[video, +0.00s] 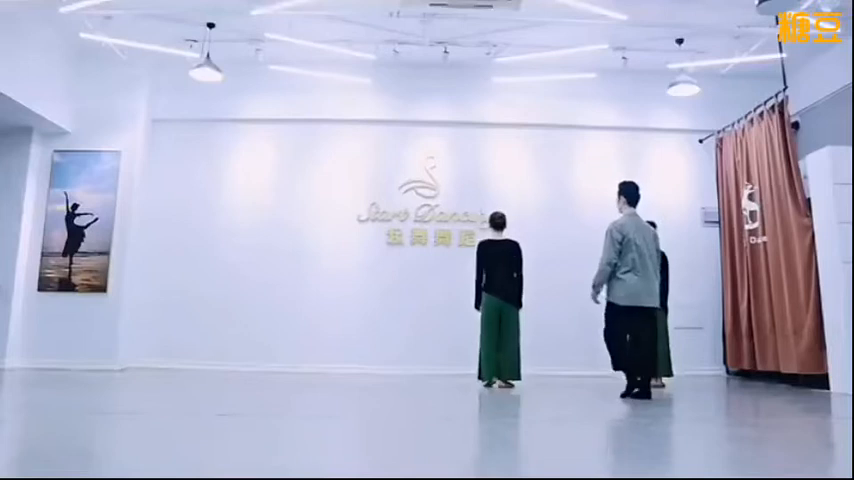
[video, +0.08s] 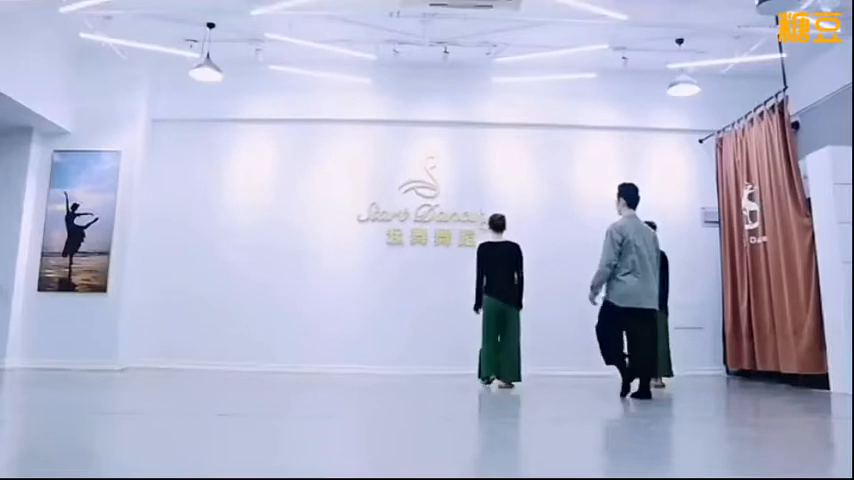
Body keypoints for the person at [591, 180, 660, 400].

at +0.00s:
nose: (616, 202)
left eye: (617, 198)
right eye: (618, 198)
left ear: (621, 199)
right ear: (636, 200)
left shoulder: (617, 227)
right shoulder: (650, 230)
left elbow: (608, 262)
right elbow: (656, 263)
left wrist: (596, 285)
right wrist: (653, 288)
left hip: (622, 295)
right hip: (648, 296)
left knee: (613, 335)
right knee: (644, 342)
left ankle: (630, 376)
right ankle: (644, 386)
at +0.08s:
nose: (616, 203)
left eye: (616, 200)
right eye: (617, 199)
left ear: (621, 201)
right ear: (636, 202)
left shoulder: (617, 229)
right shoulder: (650, 232)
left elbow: (607, 264)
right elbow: (656, 264)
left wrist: (594, 287)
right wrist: (652, 292)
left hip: (621, 296)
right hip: (647, 297)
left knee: (605, 330)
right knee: (642, 343)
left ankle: (623, 368)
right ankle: (644, 387)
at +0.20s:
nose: (613, 207)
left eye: (614, 203)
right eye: (615, 203)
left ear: (619, 205)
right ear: (633, 206)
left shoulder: (615, 232)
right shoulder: (648, 237)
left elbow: (604, 269)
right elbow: (652, 271)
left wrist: (591, 296)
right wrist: (648, 298)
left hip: (617, 297)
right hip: (643, 301)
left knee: (591, 329)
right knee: (638, 345)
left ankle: (597, 366)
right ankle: (643, 386)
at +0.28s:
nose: (611, 207)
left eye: (613, 204)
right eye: (613, 203)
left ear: (617, 205)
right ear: (632, 207)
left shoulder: (613, 233)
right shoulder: (645, 238)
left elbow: (603, 270)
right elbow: (650, 273)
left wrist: (591, 298)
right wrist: (647, 302)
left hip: (615, 299)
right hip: (640, 302)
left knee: (585, 330)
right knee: (638, 346)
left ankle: (583, 368)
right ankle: (644, 387)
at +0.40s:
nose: (605, 207)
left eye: (606, 203)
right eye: (606, 203)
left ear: (610, 205)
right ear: (625, 206)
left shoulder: (606, 234)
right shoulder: (638, 237)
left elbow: (599, 270)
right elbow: (643, 270)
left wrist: (592, 299)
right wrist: (640, 300)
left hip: (609, 299)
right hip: (633, 302)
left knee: (577, 333)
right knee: (633, 346)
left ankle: (558, 371)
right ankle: (643, 386)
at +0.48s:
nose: (601, 207)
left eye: (602, 203)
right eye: (602, 203)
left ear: (607, 204)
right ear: (621, 205)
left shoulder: (602, 233)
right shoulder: (633, 236)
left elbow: (596, 270)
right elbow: (637, 270)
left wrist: (589, 299)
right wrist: (635, 299)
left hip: (605, 299)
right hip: (629, 302)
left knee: (574, 336)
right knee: (630, 346)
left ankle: (554, 374)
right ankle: (643, 386)